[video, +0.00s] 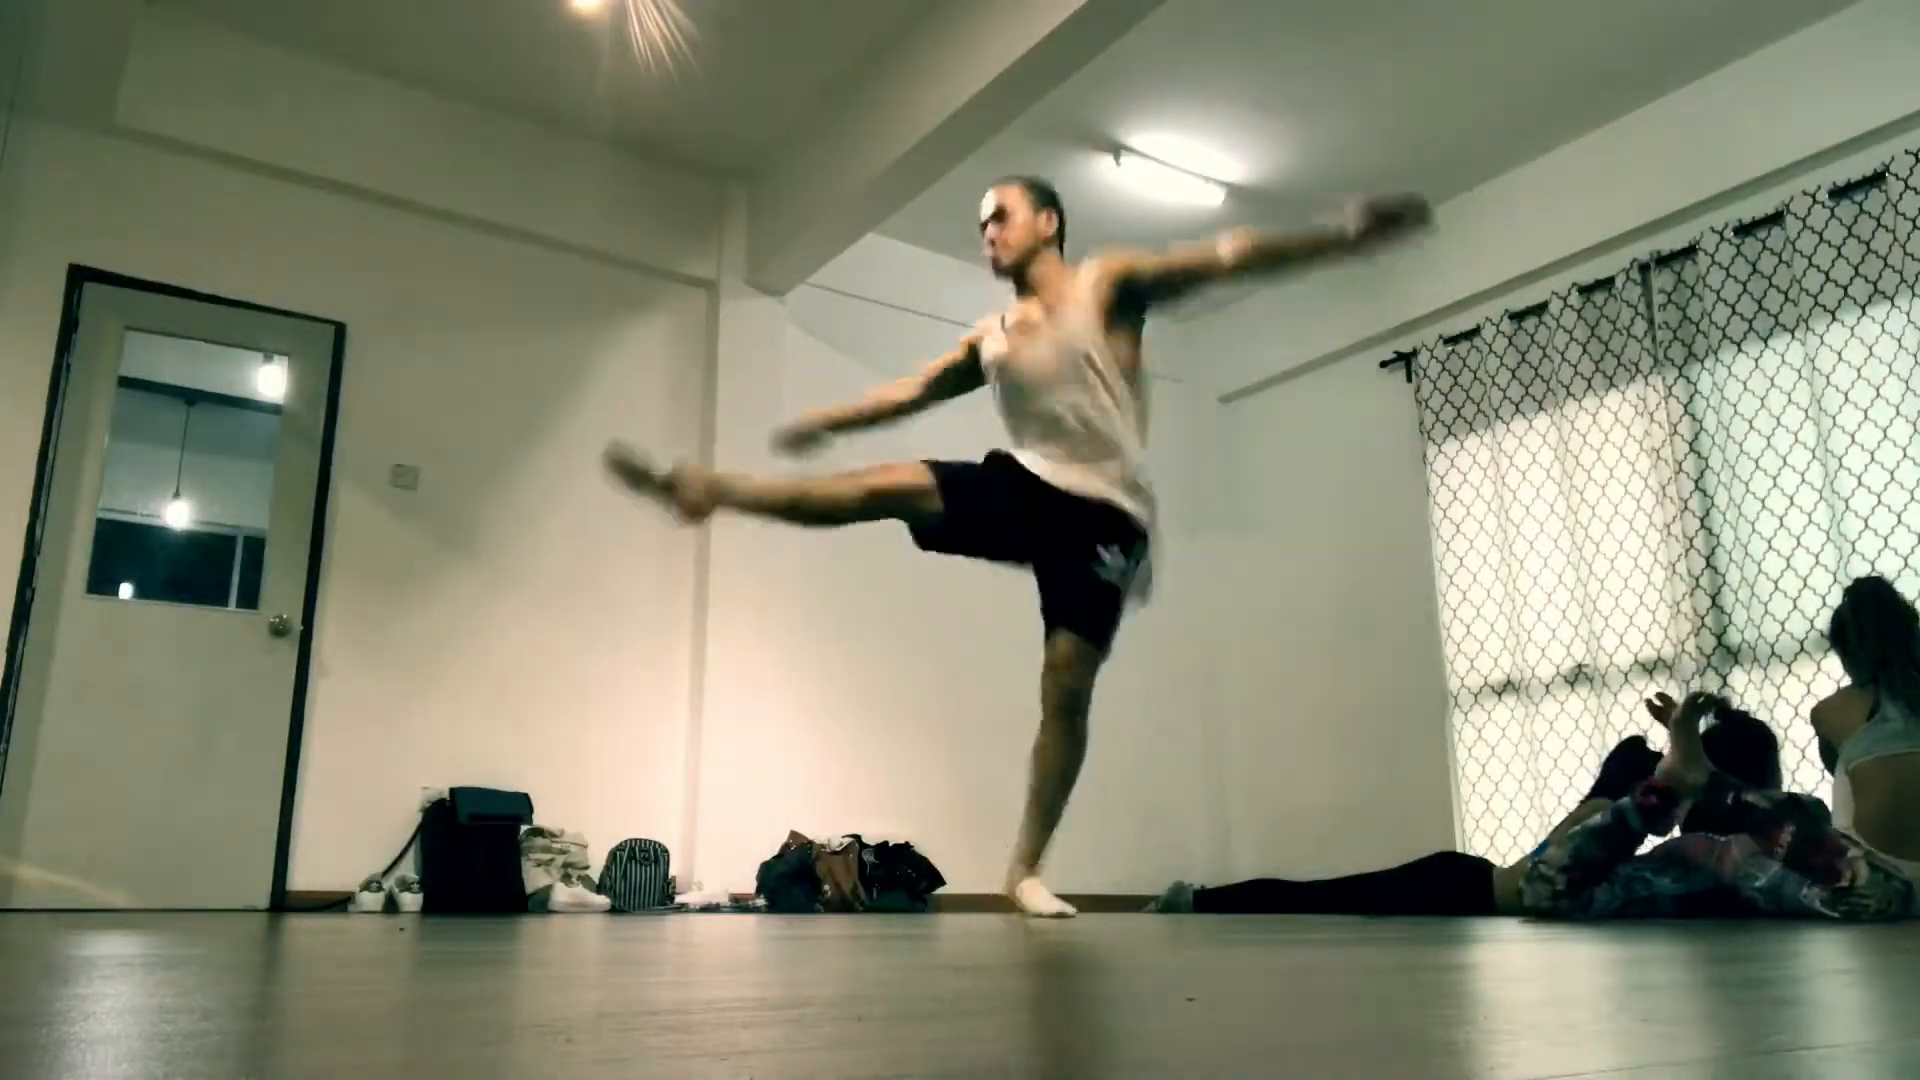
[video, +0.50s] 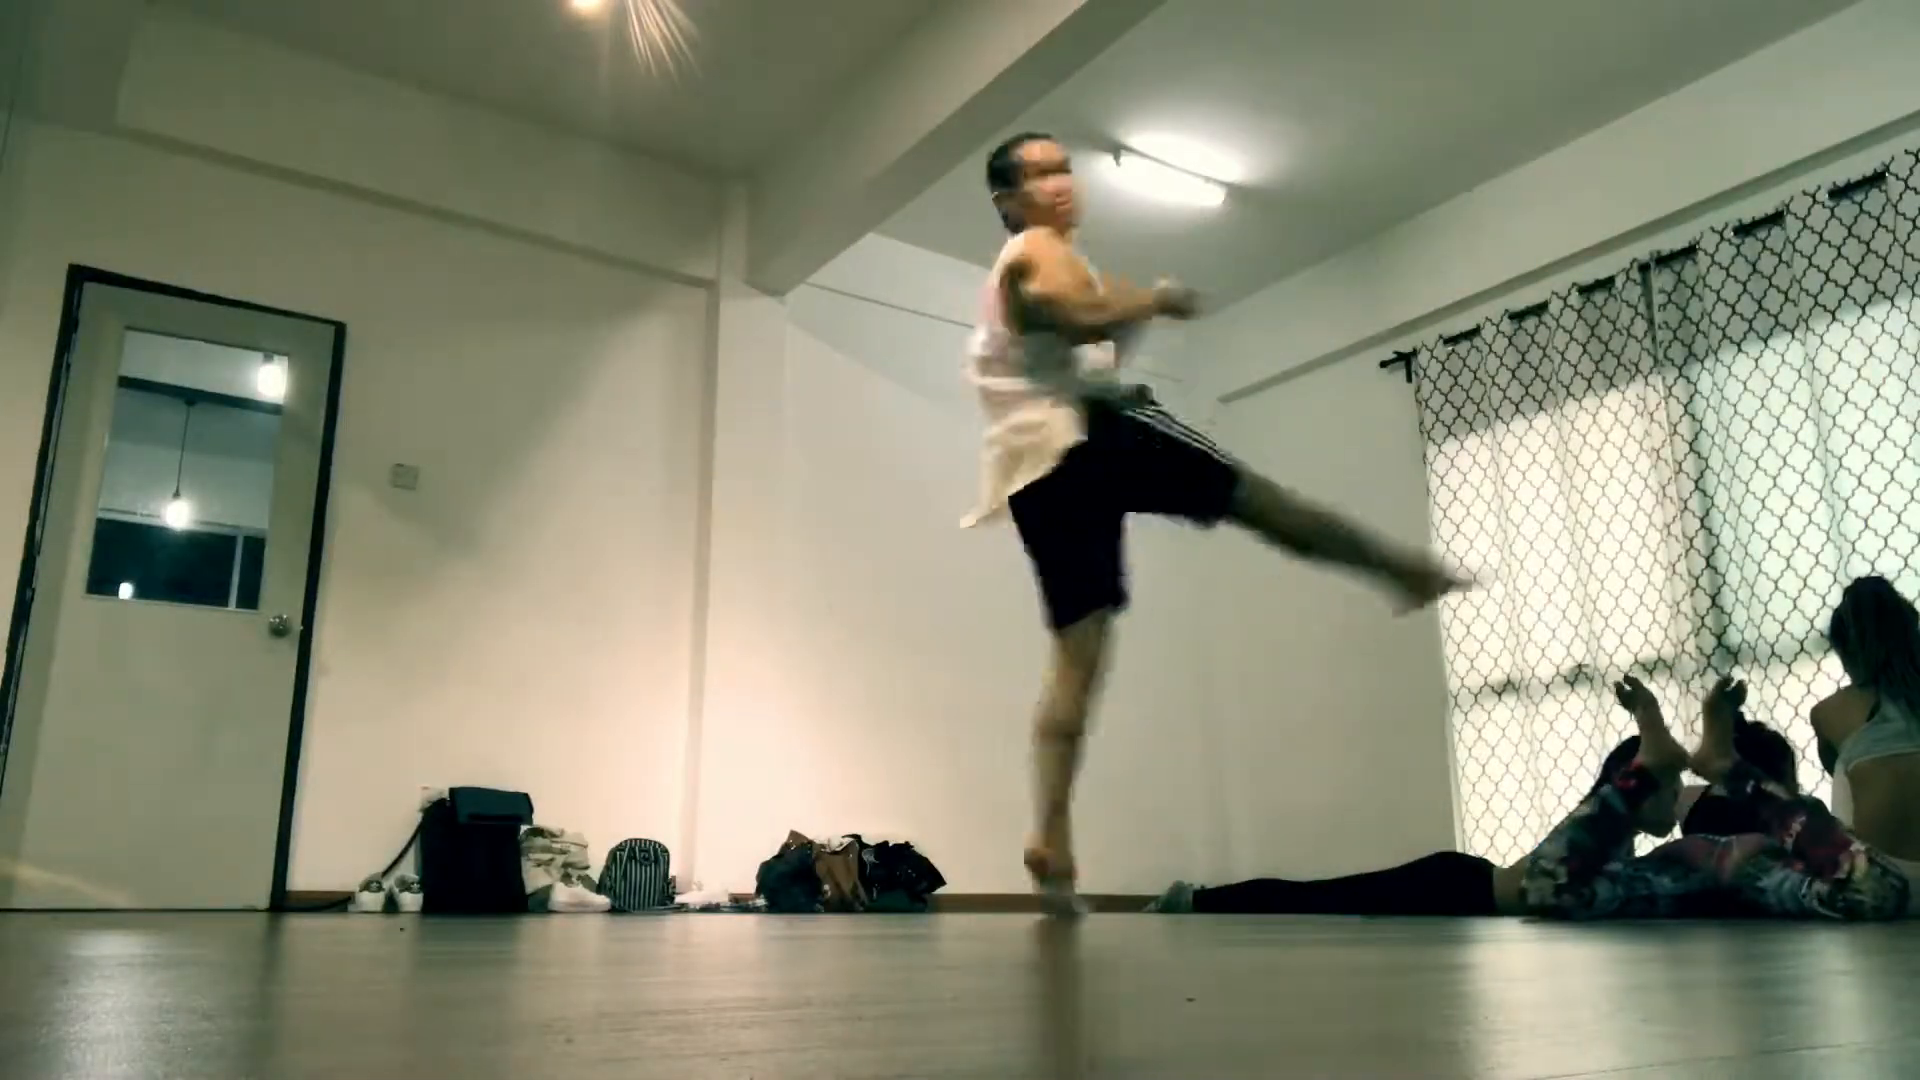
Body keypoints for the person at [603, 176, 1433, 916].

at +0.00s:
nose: (986, 229)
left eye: (1000, 214)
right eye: (982, 221)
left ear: (1048, 223)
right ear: (995, 240)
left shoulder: (1109, 276)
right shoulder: (994, 338)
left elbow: (1232, 256)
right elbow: (909, 394)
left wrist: (1344, 237)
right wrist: (825, 420)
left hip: (1104, 513)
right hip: (1021, 489)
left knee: (1066, 692)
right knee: (887, 486)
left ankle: (1027, 873)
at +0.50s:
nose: (1066, 184)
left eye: (1065, 170)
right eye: (1047, 175)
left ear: (1061, 180)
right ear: (1010, 197)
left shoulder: (1013, 271)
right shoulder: (1036, 247)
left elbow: (1041, 358)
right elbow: (1058, 301)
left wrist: (1111, 329)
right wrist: (1150, 300)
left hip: (1035, 477)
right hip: (1085, 444)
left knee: (1078, 654)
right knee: (1255, 499)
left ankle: (1050, 839)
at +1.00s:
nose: (1001, 183)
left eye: (1017, 167)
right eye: (997, 174)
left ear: (1065, 173)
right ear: (1011, 194)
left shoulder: (1093, 224)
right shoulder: (1034, 287)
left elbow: (1157, 222)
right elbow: (1037, 406)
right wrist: (958, 470)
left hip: (1128, 458)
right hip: (1076, 460)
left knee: (1102, 659)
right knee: (982, 543)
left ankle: (1100, 852)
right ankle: (873, 609)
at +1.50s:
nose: (989, 212)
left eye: (1001, 195)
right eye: (980, 205)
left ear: (1045, 206)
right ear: (978, 224)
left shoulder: (1087, 308)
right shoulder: (968, 278)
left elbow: (1159, 386)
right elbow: (924, 322)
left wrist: (1238, 404)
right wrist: (976, 298)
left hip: (1063, 476)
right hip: (983, 465)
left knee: (1054, 681)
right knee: (1129, 487)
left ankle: (1024, 879)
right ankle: (1253, 482)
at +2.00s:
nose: (953, 117)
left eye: (970, 103)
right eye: (953, 105)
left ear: (1021, 119)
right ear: (1017, 130)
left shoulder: (984, 175)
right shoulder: (1052, 217)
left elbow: (965, 245)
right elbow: (1103, 355)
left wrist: (822, 266)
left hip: (1006, 439)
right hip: (1070, 436)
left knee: (1023, 646)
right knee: (997, 497)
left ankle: (1043, 845)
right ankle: (985, 595)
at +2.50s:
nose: (946, 193)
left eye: (958, 175)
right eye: (937, 184)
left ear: (1007, 179)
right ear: (941, 205)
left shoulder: (1087, 263)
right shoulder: (936, 289)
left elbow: (1211, 287)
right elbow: (807, 298)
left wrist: (1339, 290)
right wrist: (691, 280)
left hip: (1045, 494)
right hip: (956, 473)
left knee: (1023, 684)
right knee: (867, 392)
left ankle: (985, 884)